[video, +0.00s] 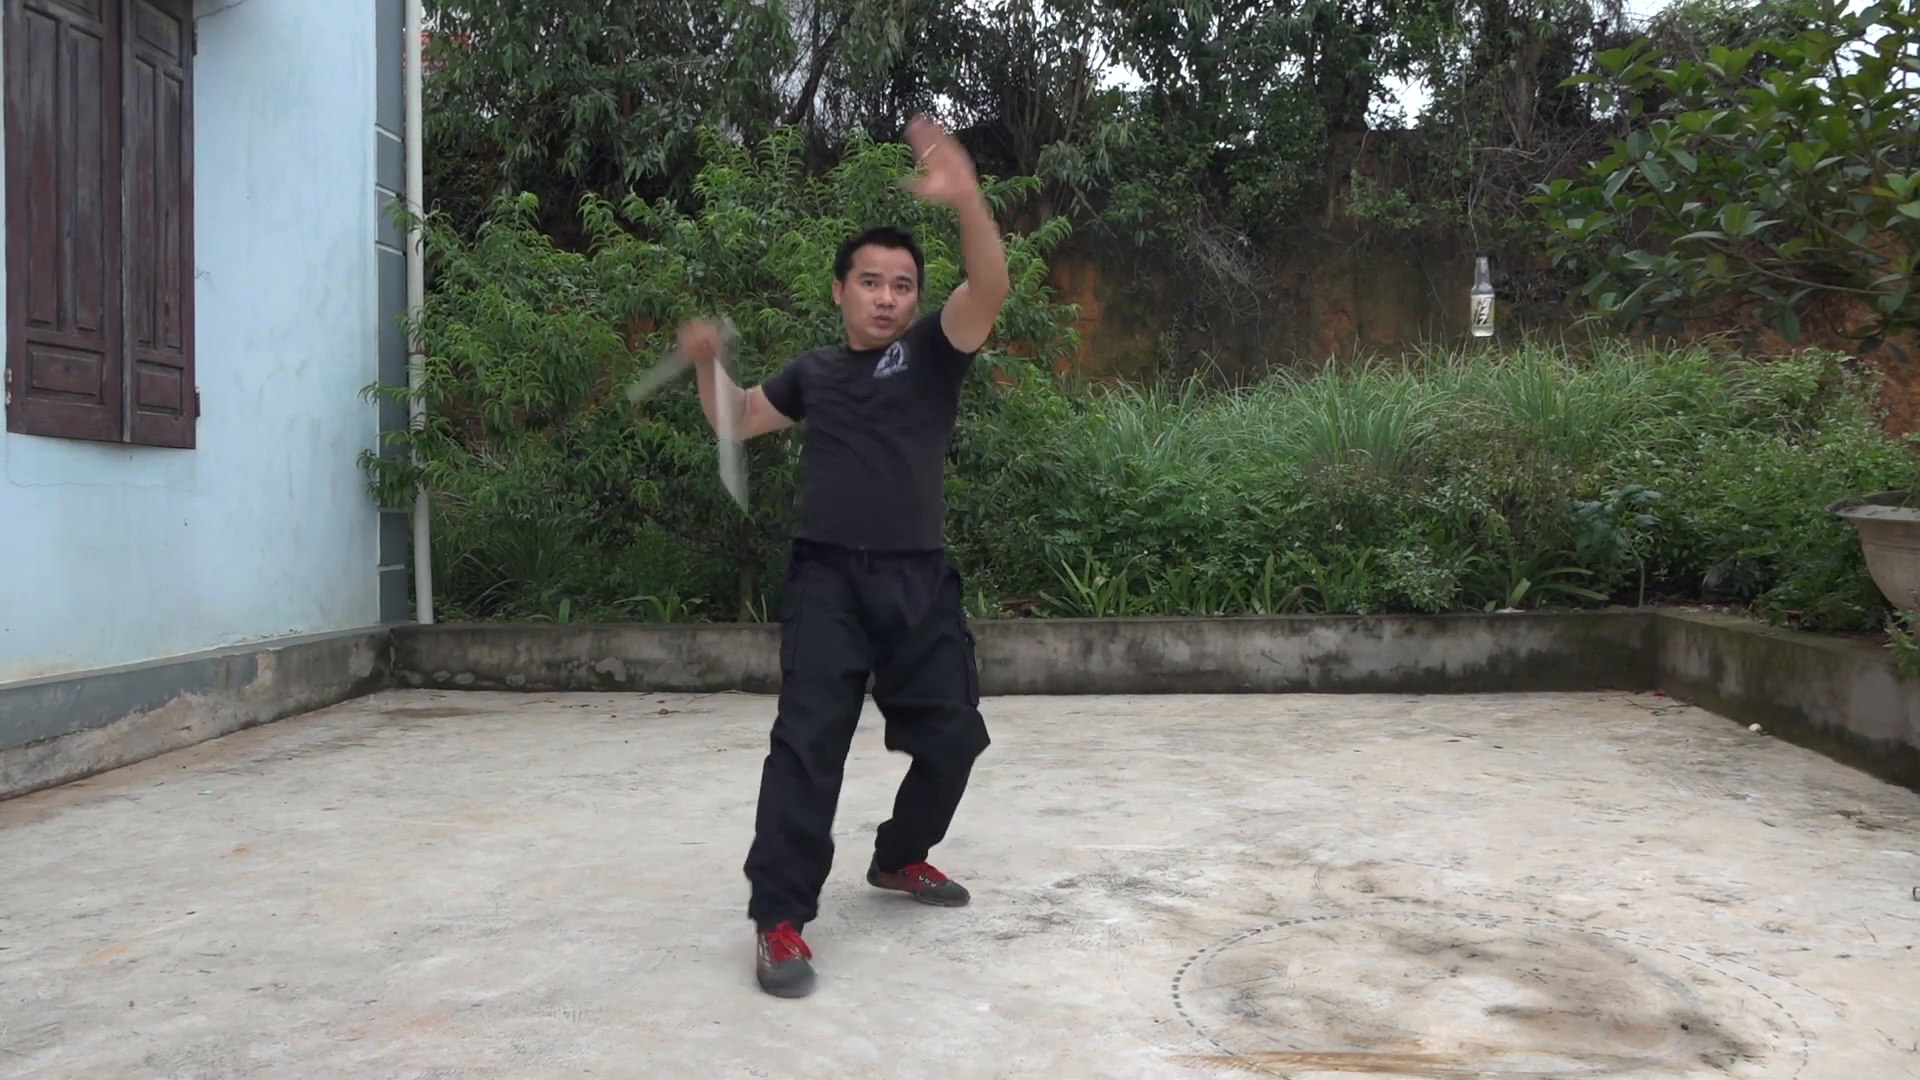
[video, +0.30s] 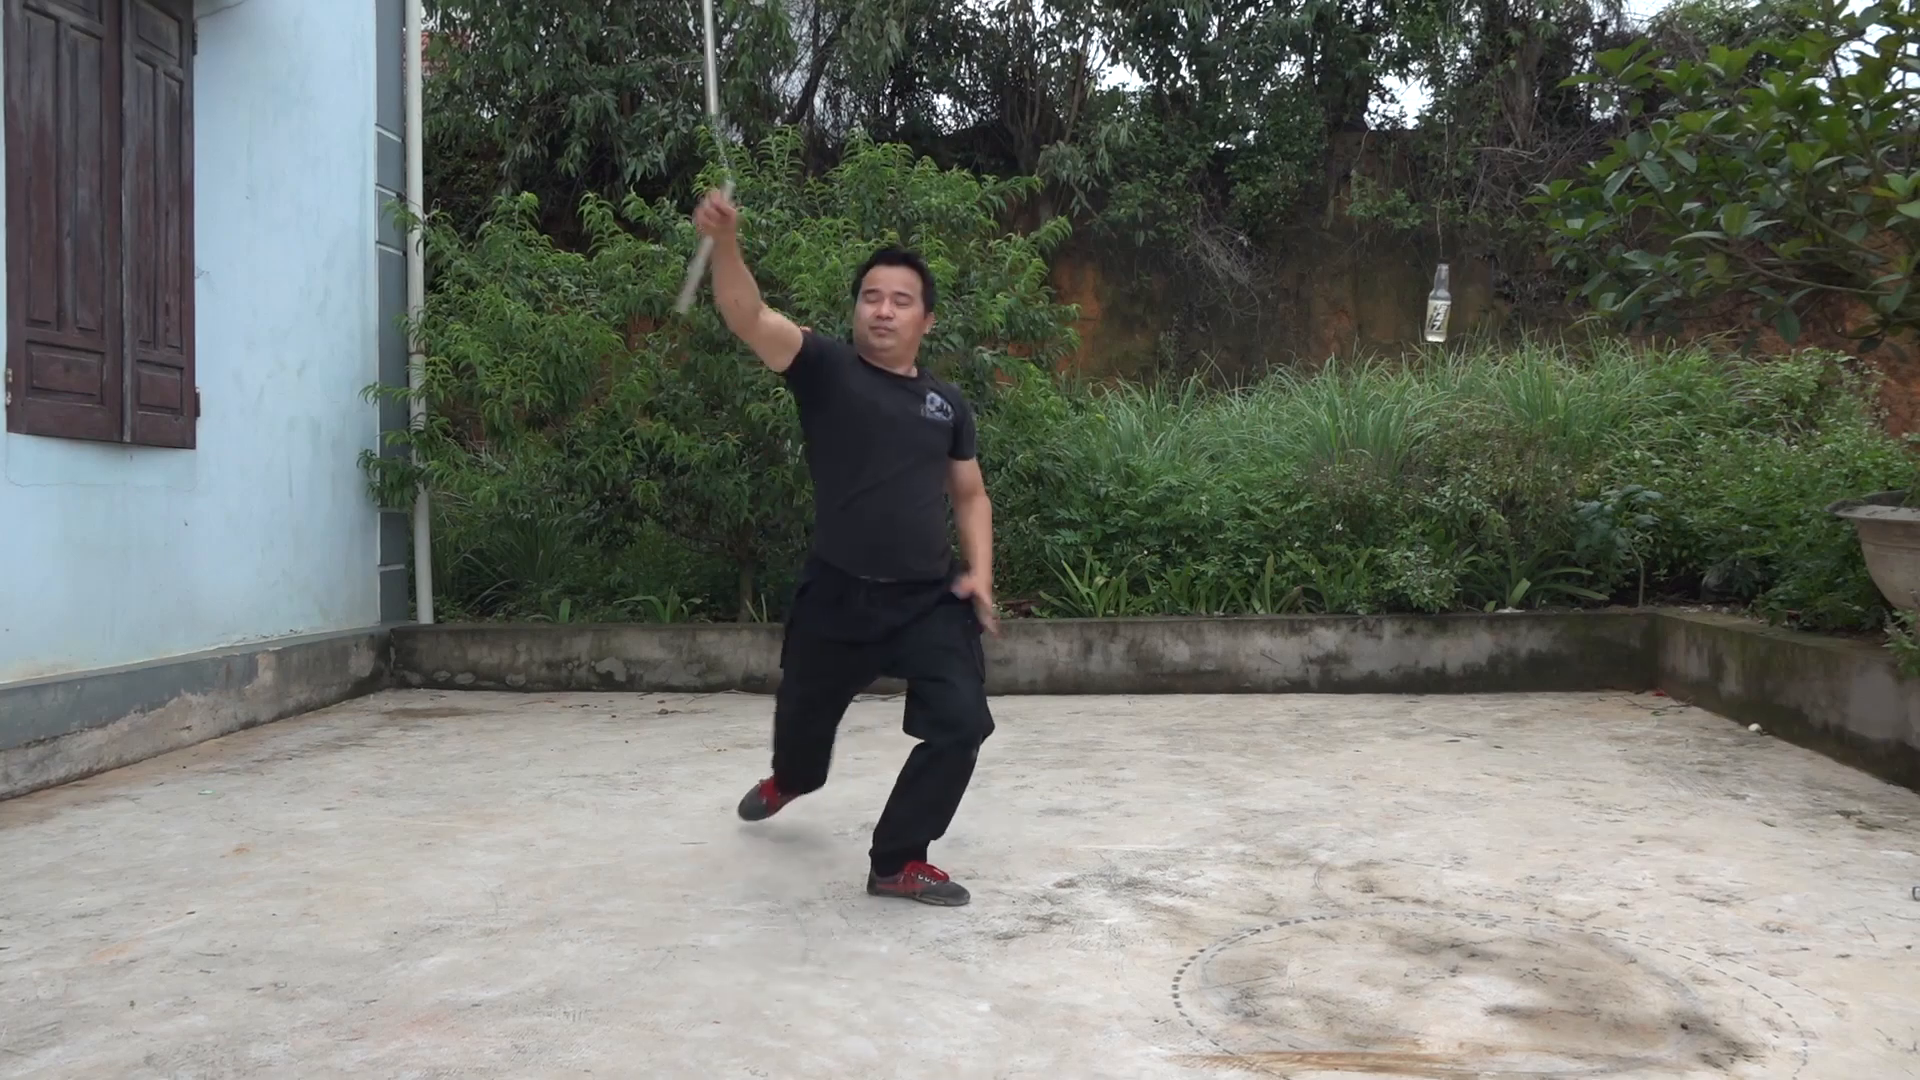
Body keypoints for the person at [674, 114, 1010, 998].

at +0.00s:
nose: (887, 298)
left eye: (901, 286)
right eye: (871, 282)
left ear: (918, 297)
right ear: (841, 293)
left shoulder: (931, 355)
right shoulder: (812, 373)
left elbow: (987, 288)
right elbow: (737, 421)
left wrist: (968, 200)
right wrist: (708, 366)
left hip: (918, 583)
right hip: (828, 582)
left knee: (953, 735)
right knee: (807, 741)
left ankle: (899, 860)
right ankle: (780, 918)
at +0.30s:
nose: (883, 310)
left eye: (900, 300)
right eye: (871, 297)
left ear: (926, 321)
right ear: (853, 311)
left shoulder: (945, 404)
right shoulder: (824, 366)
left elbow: (970, 495)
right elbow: (748, 318)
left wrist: (979, 570)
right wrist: (725, 241)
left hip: (927, 600)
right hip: (836, 593)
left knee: (962, 725)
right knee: (799, 725)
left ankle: (897, 863)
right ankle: (794, 782)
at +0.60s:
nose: (813, 313)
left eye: (820, 303)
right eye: (815, 303)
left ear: (853, 314)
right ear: (849, 314)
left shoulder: (915, 371)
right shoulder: (814, 371)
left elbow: (1003, 352)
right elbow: (738, 380)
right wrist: (668, 335)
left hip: (901, 571)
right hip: (830, 571)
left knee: (910, 696)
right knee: (821, 690)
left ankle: (945, 848)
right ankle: (824, 784)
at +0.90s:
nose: (826, 364)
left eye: (828, 354)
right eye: (828, 353)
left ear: (843, 357)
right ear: (887, 357)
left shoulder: (851, 412)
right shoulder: (914, 406)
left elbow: (760, 464)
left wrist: (702, 481)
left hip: (890, 586)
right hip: (886, 585)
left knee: (902, 719)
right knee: (816, 685)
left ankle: (985, 855)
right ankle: (830, 792)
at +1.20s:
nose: (828, 369)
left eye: (837, 357)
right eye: (828, 358)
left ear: (879, 358)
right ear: (885, 363)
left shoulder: (860, 400)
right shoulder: (944, 411)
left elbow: (776, 380)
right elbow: (1011, 454)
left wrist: (684, 336)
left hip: (913, 577)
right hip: (916, 577)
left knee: (901, 719)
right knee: (843, 675)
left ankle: (985, 856)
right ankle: (856, 791)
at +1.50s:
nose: (897, 361)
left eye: (908, 349)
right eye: (882, 353)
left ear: (927, 356)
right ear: (867, 360)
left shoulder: (933, 400)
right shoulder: (870, 411)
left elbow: (880, 385)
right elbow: (830, 403)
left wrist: (794, 367)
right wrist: (781, 392)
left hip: (979, 571)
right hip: (917, 581)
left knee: (1053, 686)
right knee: (854, 683)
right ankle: (862, 793)